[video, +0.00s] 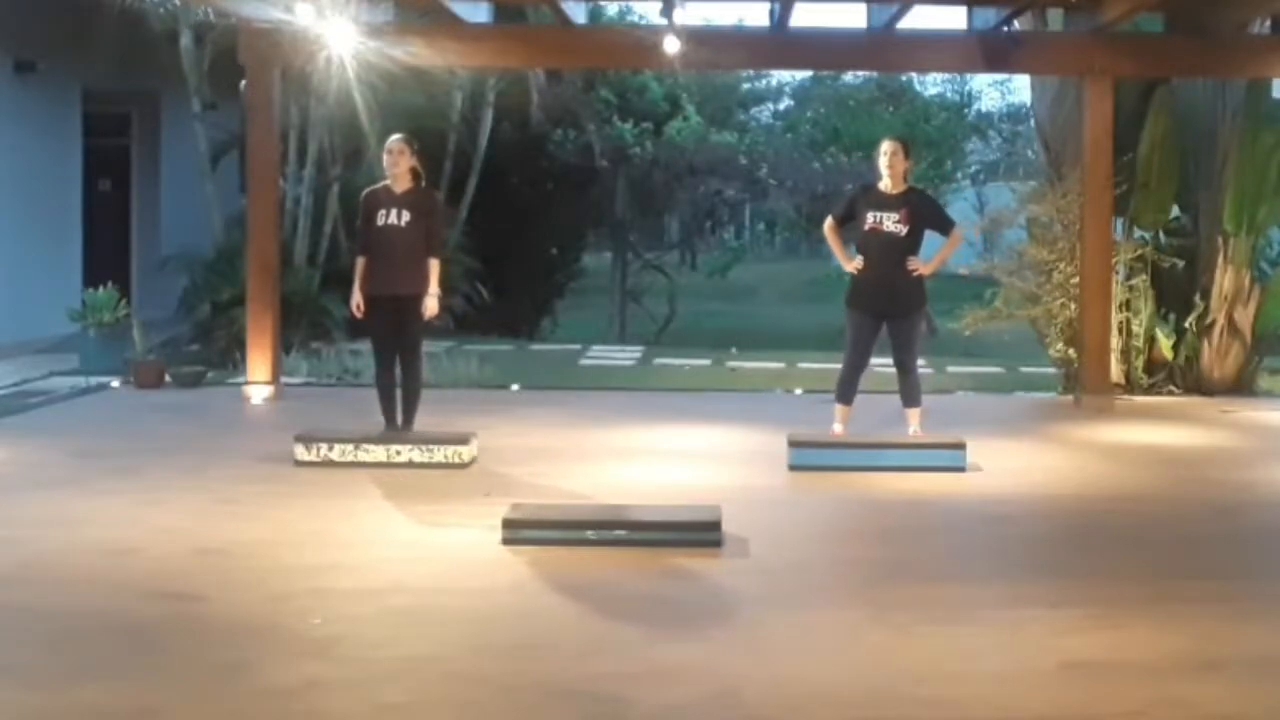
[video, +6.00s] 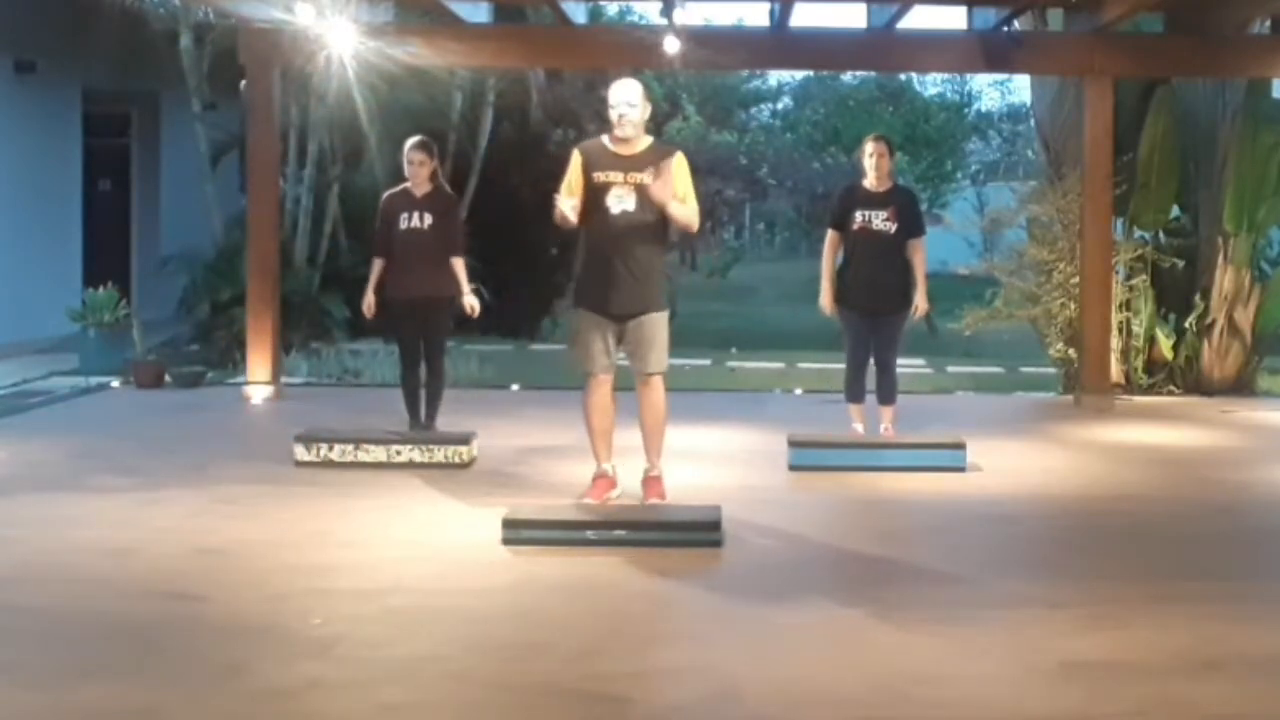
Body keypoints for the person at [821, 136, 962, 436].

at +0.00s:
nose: (888, 160)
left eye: (894, 155)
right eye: (884, 154)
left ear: (906, 162)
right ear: (877, 160)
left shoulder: (919, 200)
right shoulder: (863, 196)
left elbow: (956, 235)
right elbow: (830, 225)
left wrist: (931, 265)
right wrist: (845, 260)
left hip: (904, 290)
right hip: (866, 288)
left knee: (906, 363)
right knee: (854, 360)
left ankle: (915, 430)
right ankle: (839, 429)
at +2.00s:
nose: (872, 159)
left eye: (877, 154)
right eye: (867, 154)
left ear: (888, 161)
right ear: (858, 161)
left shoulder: (903, 199)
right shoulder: (844, 199)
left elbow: (941, 229)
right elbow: (813, 229)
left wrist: (919, 265)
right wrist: (831, 263)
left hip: (893, 289)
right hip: (853, 289)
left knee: (898, 362)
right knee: (845, 359)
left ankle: (913, 429)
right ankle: (837, 429)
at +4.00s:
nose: (884, 175)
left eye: (889, 169)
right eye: (879, 169)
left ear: (895, 170)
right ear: (866, 168)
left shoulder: (904, 200)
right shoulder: (848, 200)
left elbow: (940, 228)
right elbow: (815, 233)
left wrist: (922, 262)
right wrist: (836, 268)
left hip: (899, 289)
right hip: (862, 289)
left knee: (890, 360)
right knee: (863, 357)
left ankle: (889, 426)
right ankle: (845, 424)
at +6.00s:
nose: (875, 160)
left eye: (881, 155)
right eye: (870, 155)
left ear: (891, 160)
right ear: (863, 160)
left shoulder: (905, 199)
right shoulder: (849, 195)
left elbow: (916, 247)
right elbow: (832, 242)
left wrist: (921, 290)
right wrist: (826, 287)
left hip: (893, 291)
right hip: (854, 289)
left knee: (886, 359)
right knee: (856, 357)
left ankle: (887, 424)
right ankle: (858, 424)